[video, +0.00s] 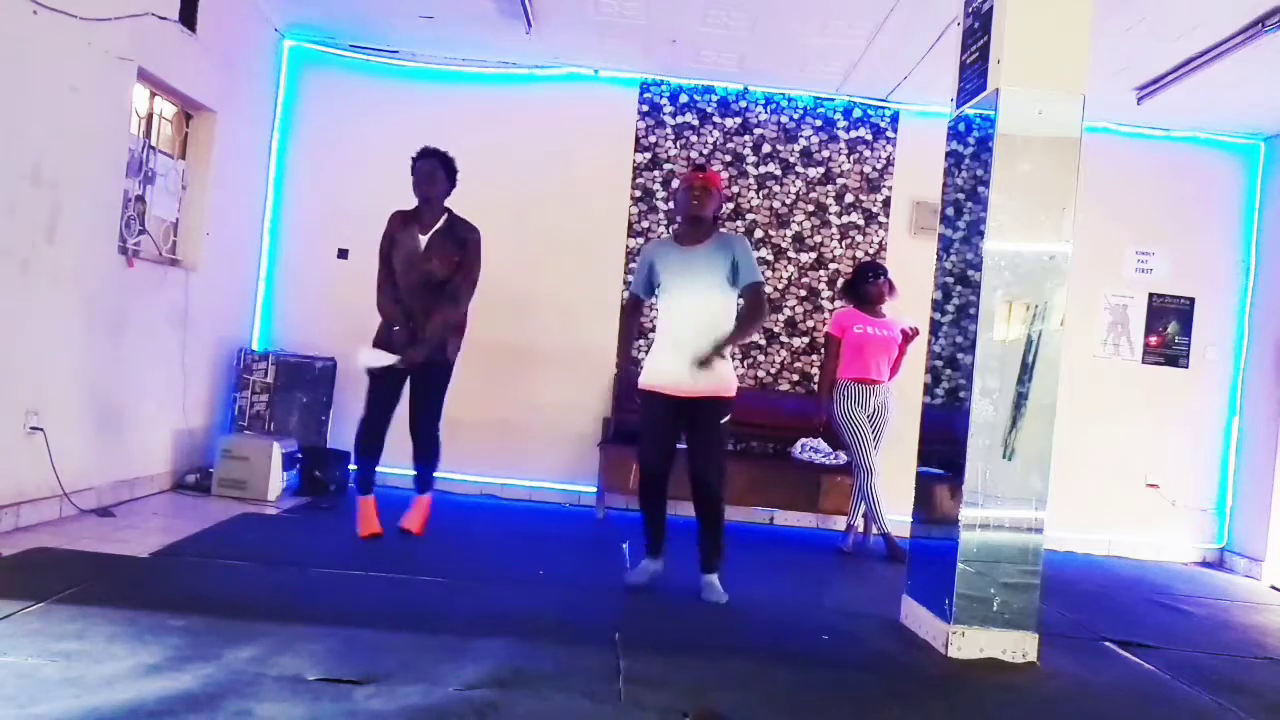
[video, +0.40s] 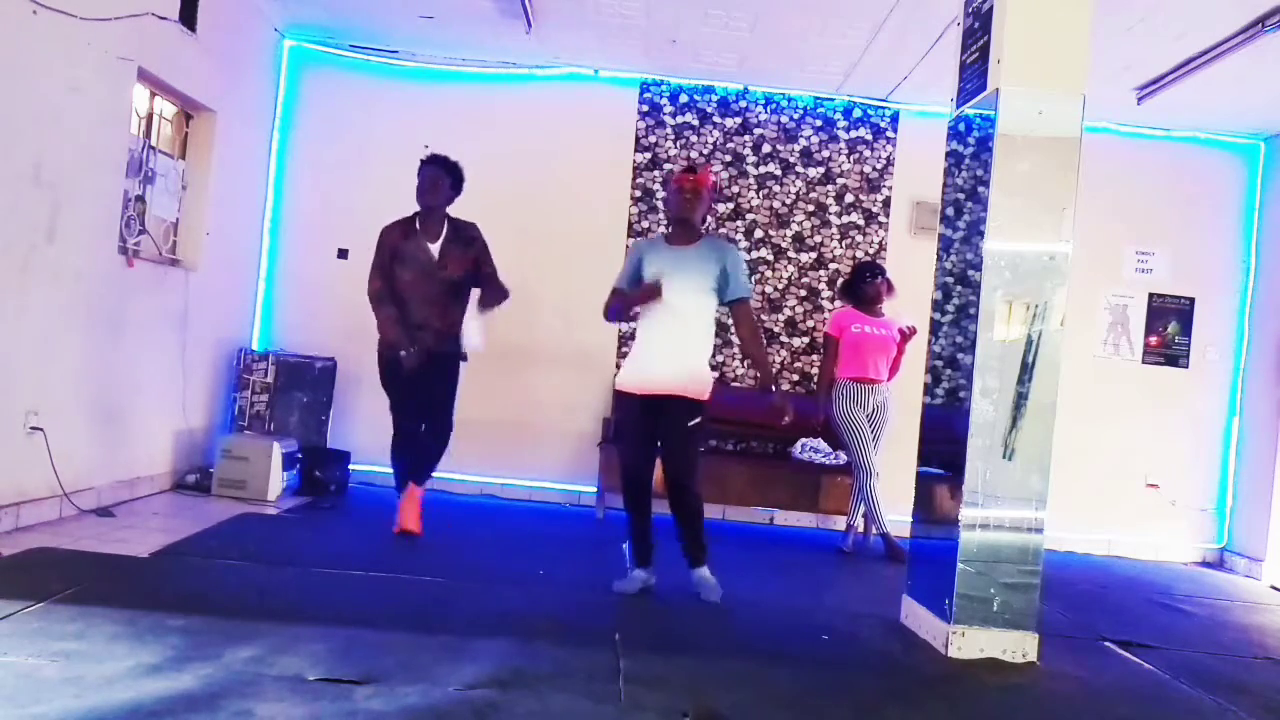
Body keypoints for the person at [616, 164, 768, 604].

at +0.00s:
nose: (696, 199)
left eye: (705, 193)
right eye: (689, 191)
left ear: (719, 202)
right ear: (677, 198)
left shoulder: (735, 248)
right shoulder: (655, 251)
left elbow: (757, 307)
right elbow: (631, 308)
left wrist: (725, 344)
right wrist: (624, 358)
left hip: (711, 387)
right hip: (659, 384)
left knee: (707, 480)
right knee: (651, 473)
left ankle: (710, 573)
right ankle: (653, 557)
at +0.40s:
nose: (686, 198)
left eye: (694, 193)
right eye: (680, 191)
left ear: (708, 203)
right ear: (668, 198)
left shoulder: (724, 253)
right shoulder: (643, 251)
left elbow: (746, 323)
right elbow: (611, 310)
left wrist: (770, 384)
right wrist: (636, 298)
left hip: (686, 384)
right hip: (636, 382)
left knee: (681, 481)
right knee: (635, 479)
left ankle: (699, 568)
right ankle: (641, 568)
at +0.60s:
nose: (686, 187)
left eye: (695, 182)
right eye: (679, 180)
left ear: (708, 195)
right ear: (665, 189)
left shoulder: (721, 250)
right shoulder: (638, 236)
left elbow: (738, 320)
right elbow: (596, 290)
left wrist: (767, 380)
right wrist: (631, 263)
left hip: (688, 379)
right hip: (635, 375)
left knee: (675, 478)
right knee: (632, 471)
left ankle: (655, 574)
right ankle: (634, 558)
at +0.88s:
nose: (689, 198)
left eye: (698, 192)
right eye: (683, 189)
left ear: (710, 200)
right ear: (669, 193)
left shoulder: (720, 258)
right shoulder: (638, 241)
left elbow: (720, 326)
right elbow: (612, 308)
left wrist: (720, 387)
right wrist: (630, 328)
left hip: (688, 386)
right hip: (632, 384)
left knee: (692, 479)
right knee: (620, 475)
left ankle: (669, 568)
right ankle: (611, 565)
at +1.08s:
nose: (691, 188)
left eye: (700, 182)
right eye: (685, 180)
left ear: (715, 194)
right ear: (673, 188)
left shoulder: (731, 250)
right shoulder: (646, 243)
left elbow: (732, 322)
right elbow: (626, 308)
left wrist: (714, 383)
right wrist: (595, 371)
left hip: (692, 388)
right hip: (637, 383)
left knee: (690, 484)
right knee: (621, 476)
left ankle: (692, 576)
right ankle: (617, 563)